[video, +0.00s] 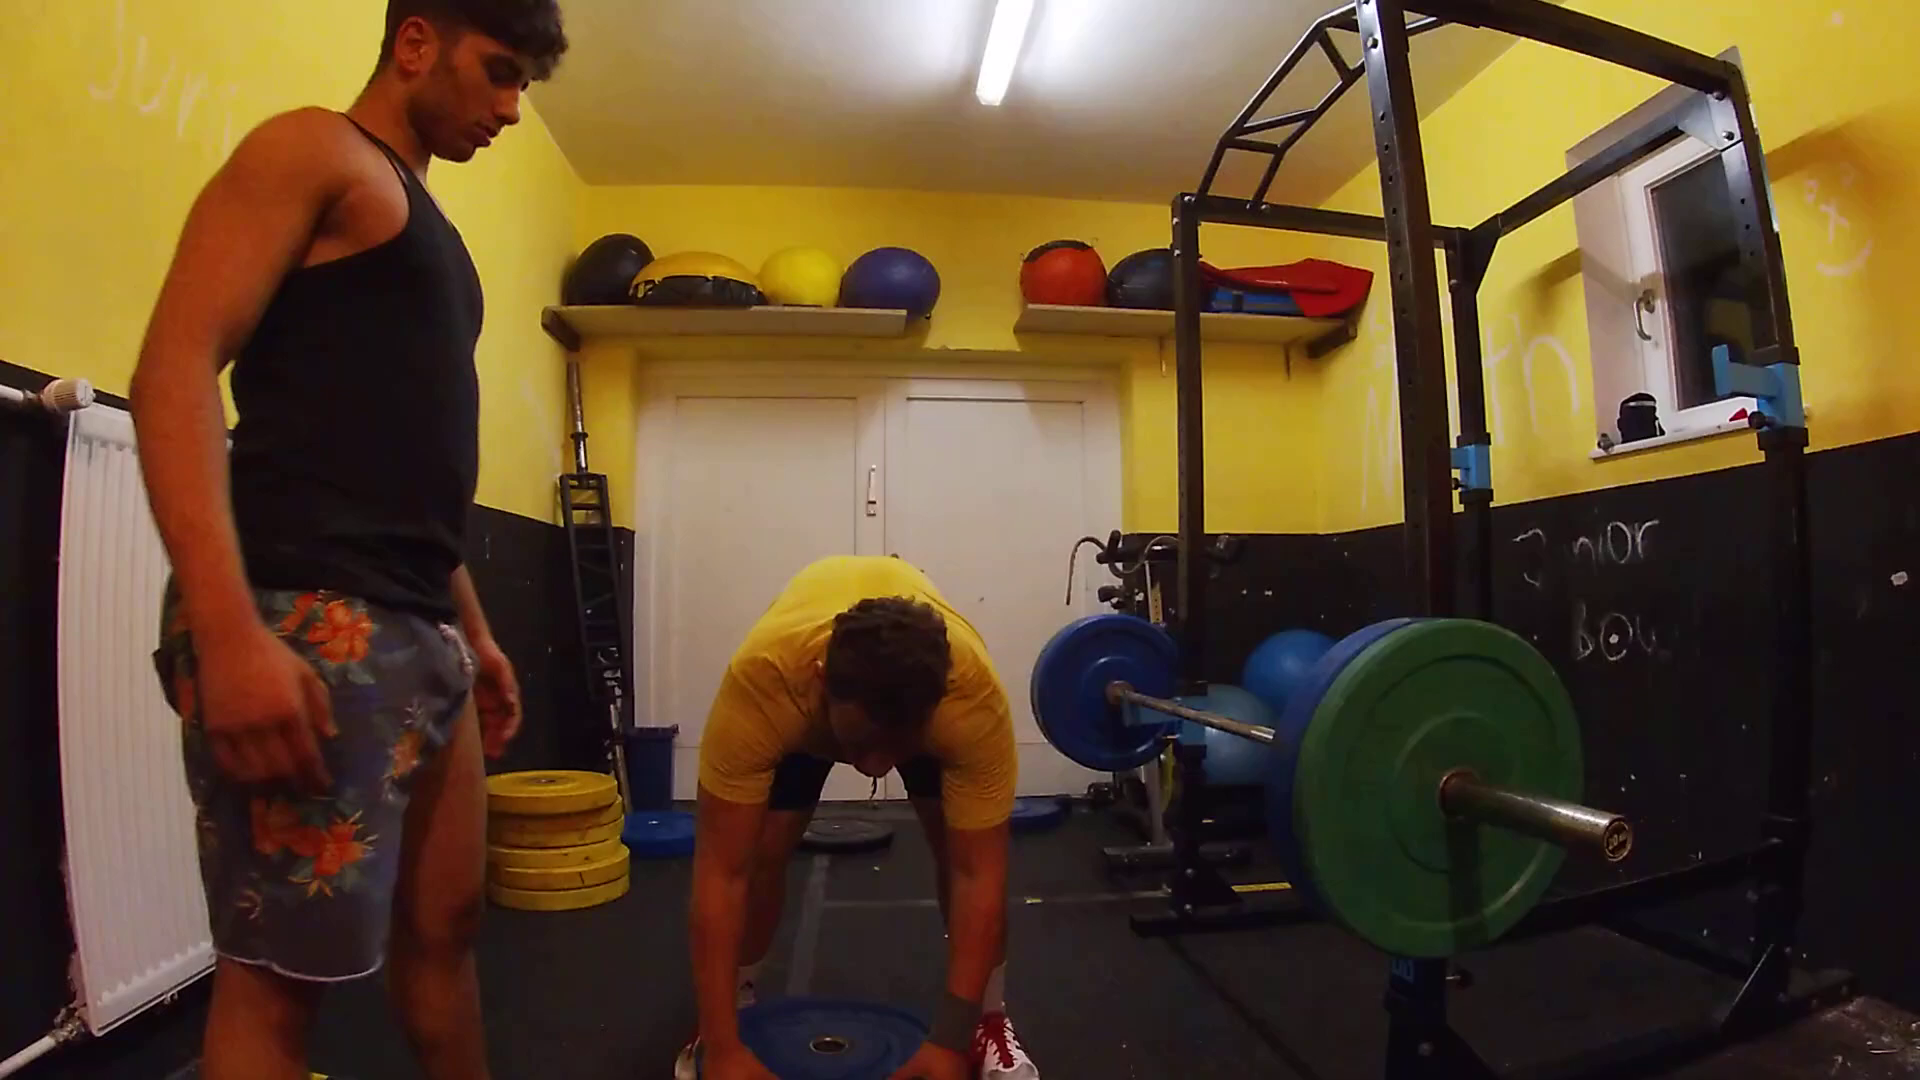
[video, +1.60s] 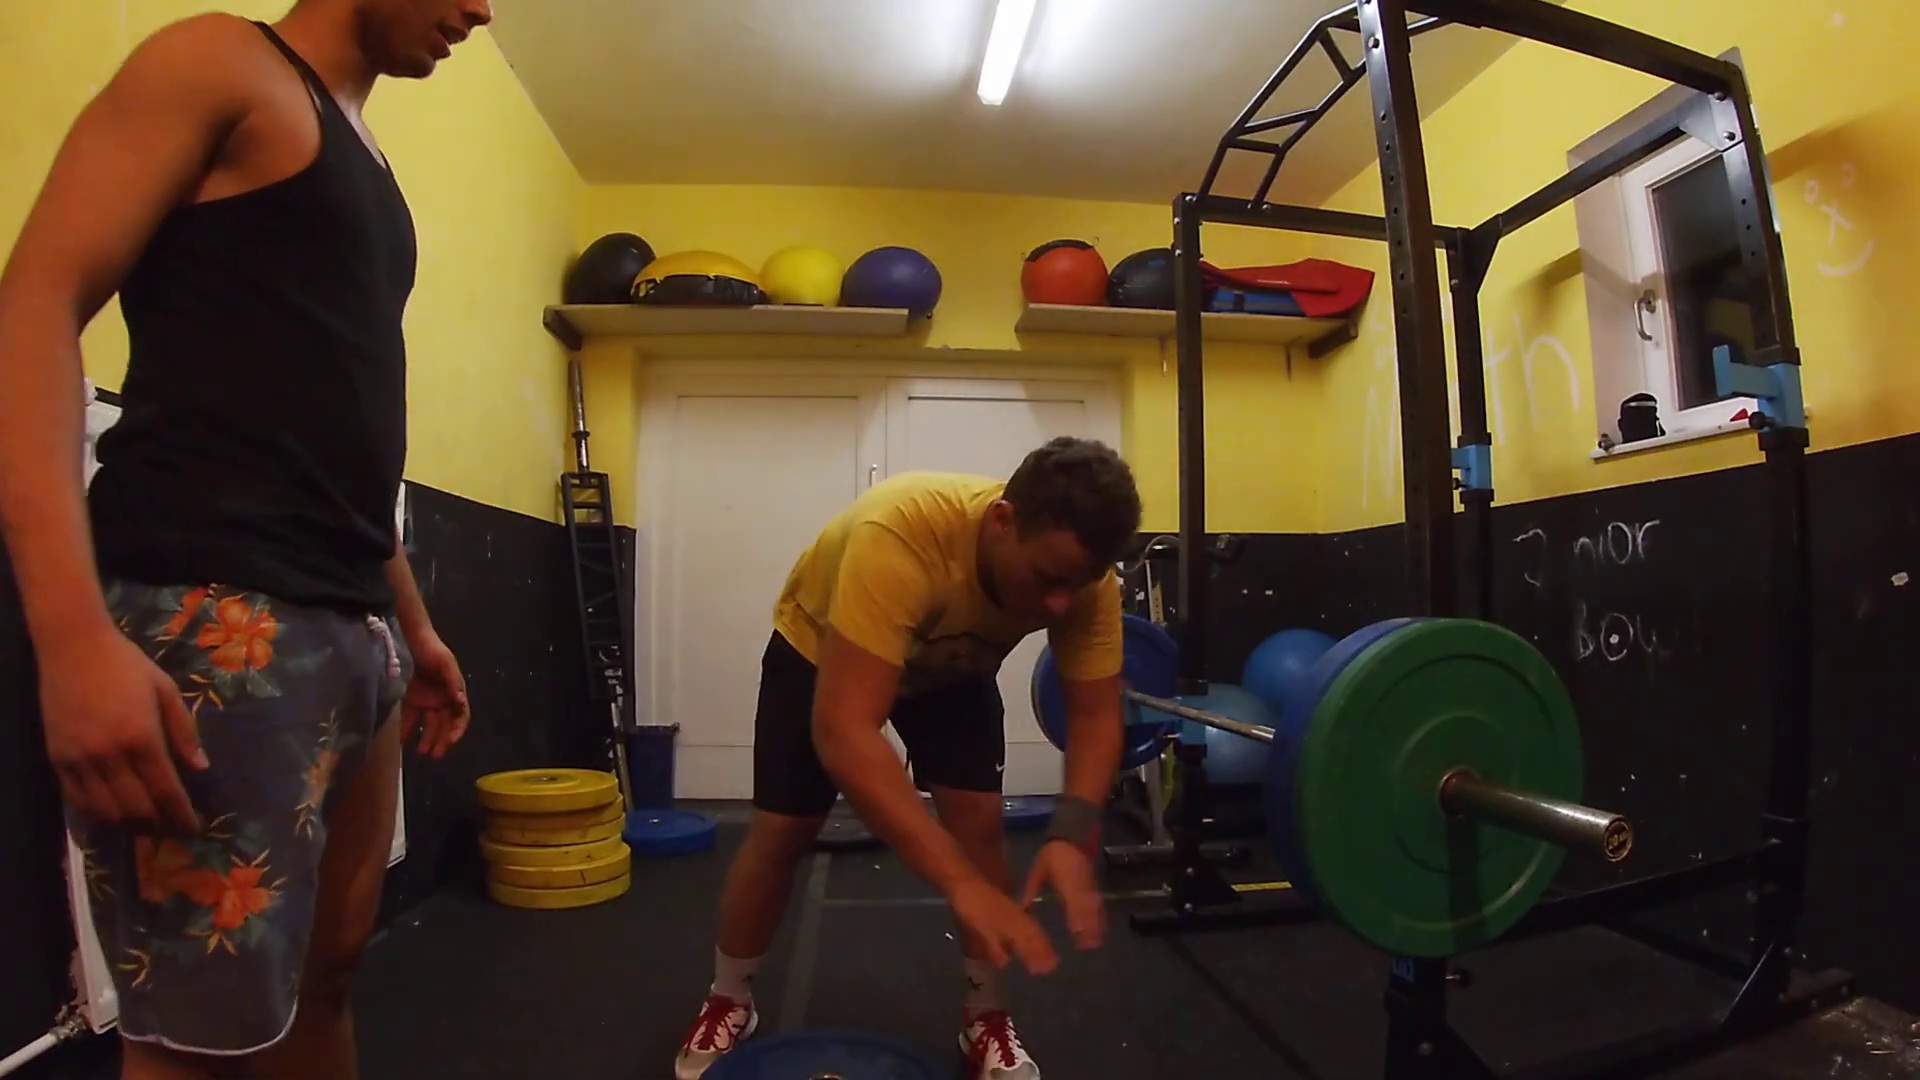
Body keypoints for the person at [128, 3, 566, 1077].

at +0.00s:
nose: (515, 109)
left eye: (523, 86)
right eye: (501, 72)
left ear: (423, 55)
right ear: (414, 44)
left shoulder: (421, 220)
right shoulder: (310, 148)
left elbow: (400, 452)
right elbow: (172, 375)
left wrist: (470, 628)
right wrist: (227, 633)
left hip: (423, 636)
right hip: (307, 627)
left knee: (442, 935)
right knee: (273, 984)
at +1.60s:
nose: (479, 13)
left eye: (484, 1)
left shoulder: (358, 150)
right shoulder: (215, 59)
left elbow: (337, 416)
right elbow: (33, 304)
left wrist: (408, 619)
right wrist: (72, 638)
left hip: (352, 638)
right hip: (216, 633)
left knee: (320, 989)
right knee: (190, 1042)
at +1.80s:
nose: (451, 1)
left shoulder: (346, 122)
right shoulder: (188, 32)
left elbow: (313, 400)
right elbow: (10, 283)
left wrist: (392, 604)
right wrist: (14, 629)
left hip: (331, 635)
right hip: (180, 633)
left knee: (324, 1000)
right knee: (172, 1049)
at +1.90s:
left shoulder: (346, 119)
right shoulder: (180, 27)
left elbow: (308, 390)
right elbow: (2, 282)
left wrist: (384, 596)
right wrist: (1, 638)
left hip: (319, 632)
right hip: (165, 629)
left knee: (327, 995)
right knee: (169, 1047)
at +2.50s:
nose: (472, 29)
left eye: (485, 12)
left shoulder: (353, 133)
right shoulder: (203, 48)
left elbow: (330, 409)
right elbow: (17, 269)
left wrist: (406, 610)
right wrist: (175, 464)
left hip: (337, 622)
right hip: (188, 617)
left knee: (322, 995)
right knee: (192, 1035)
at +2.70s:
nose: (467, 52)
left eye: (485, 32)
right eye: (473, 18)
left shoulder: (355, 148)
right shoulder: (210, 62)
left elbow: (350, 415)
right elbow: (51, 231)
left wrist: (424, 614)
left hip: (355, 625)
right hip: (210, 615)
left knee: (321, 991)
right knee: (206, 1037)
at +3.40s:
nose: (432, 66)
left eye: (454, 46)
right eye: (436, 26)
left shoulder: (338, 146)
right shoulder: (193, 68)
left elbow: (334, 398)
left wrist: (399, 599)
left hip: (345, 617)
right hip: (218, 617)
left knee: (320, 999)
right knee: (211, 1038)